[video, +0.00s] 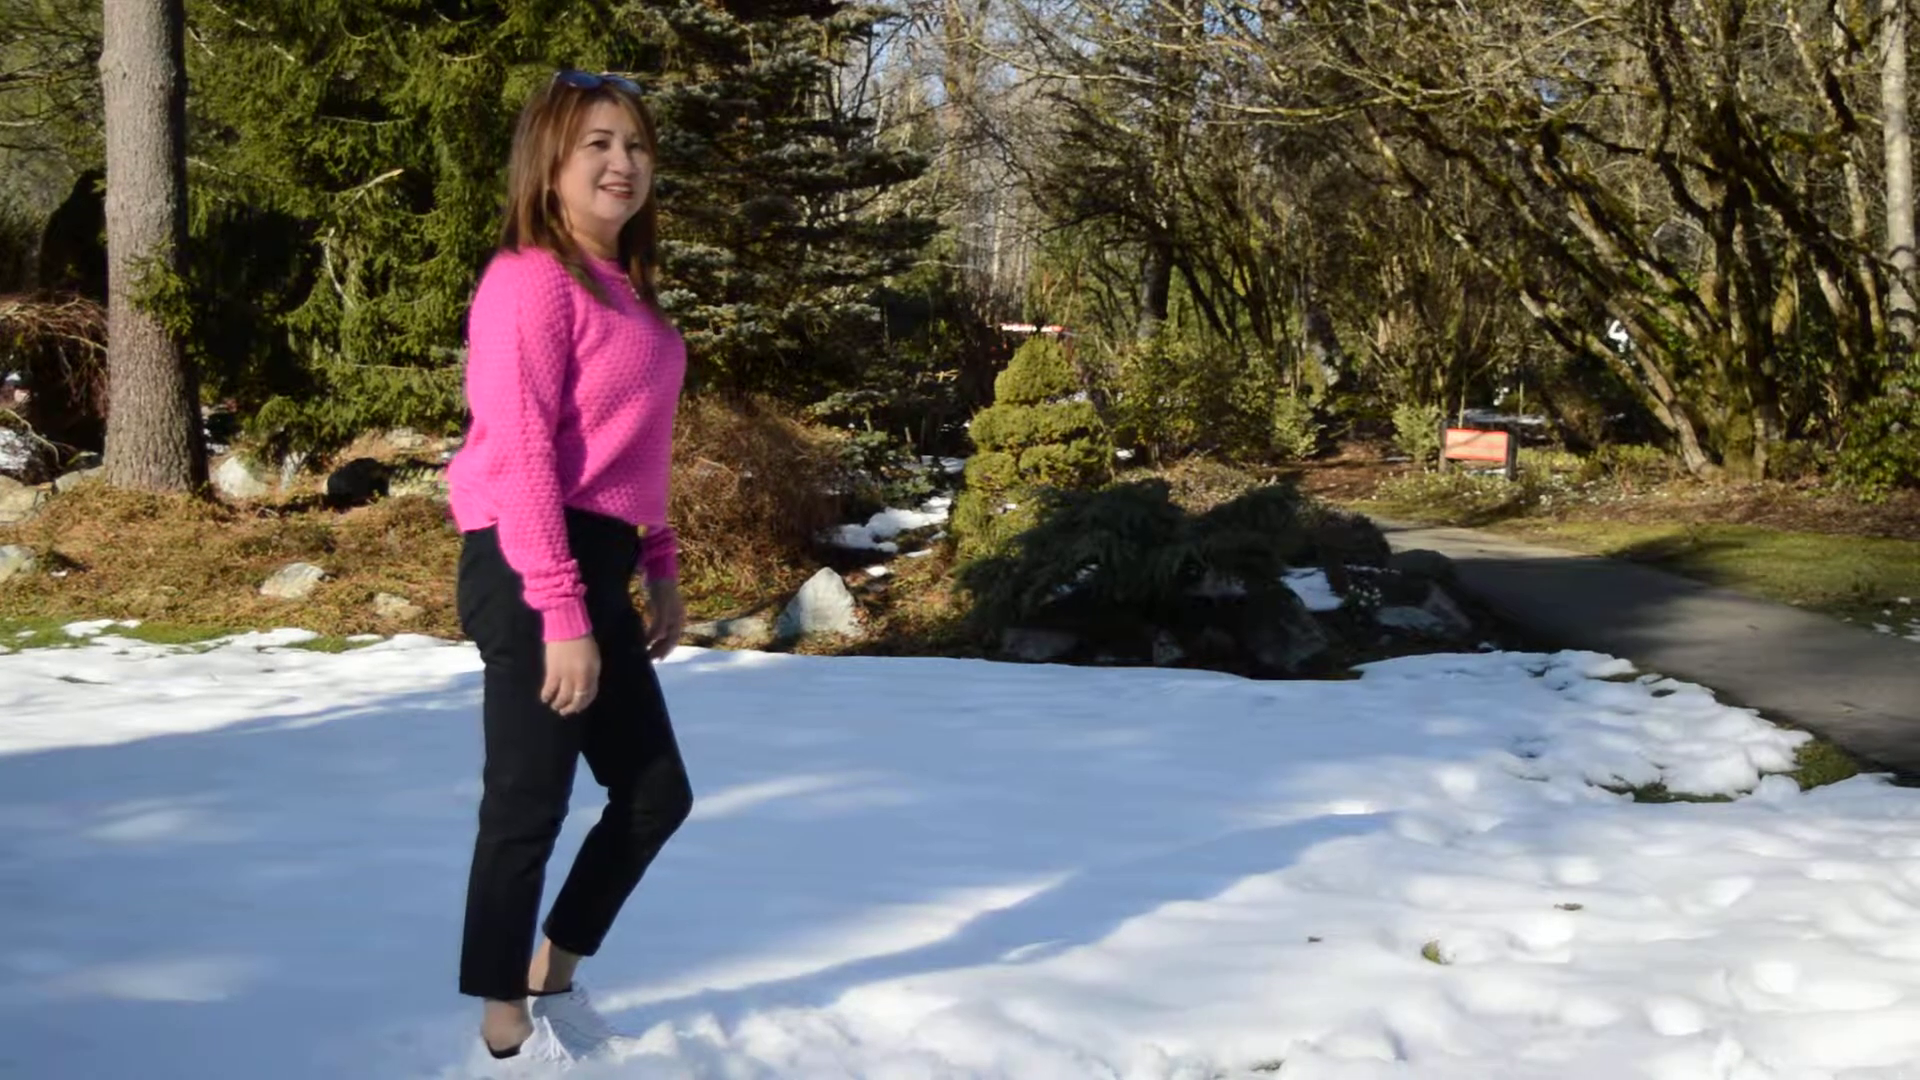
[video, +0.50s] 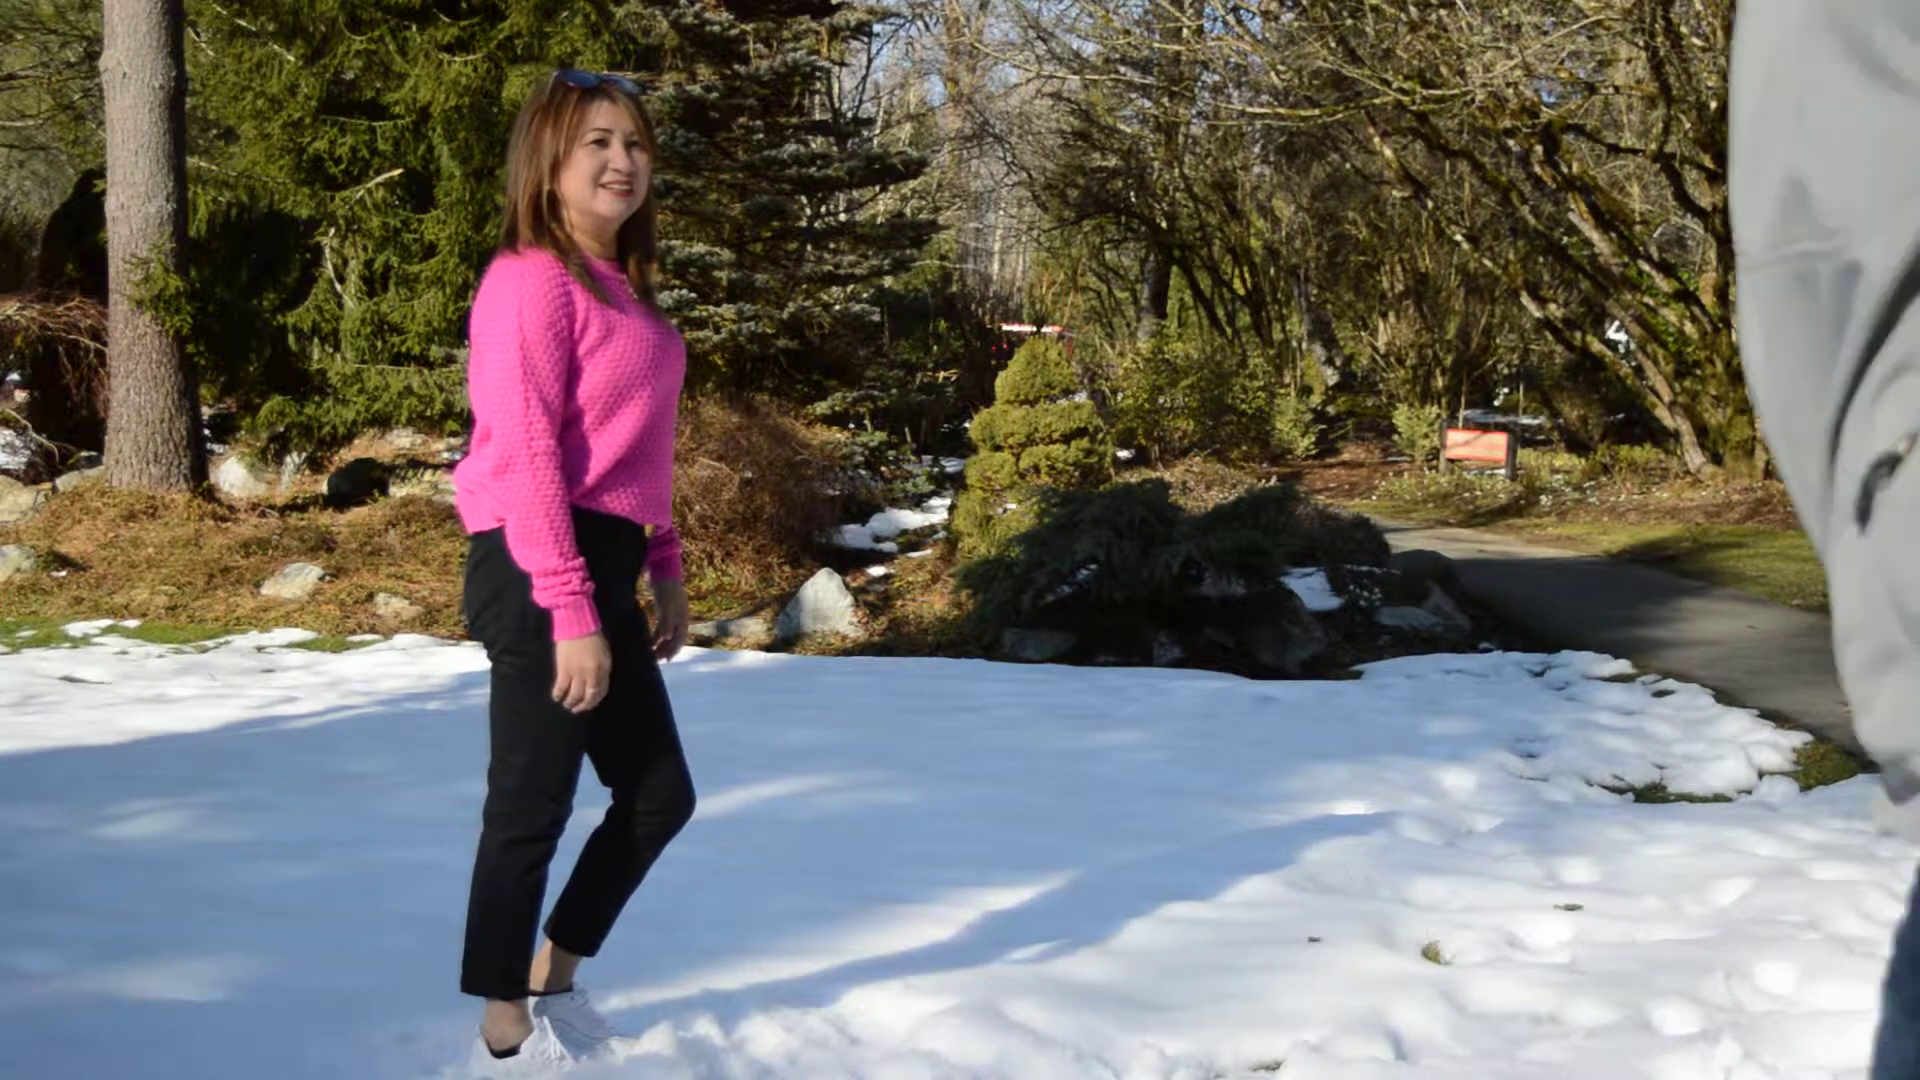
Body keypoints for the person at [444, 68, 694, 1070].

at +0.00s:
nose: (623, 163)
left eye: (636, 146)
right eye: (599, 143)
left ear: (650, 170)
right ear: (550, 162)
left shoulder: (620, 291)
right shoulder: (526, 280)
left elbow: (629, 449)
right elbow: (521, 454)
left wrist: (659, 569)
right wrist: (562, 611)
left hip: (595, 558)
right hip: (524, 553)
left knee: (656, 794)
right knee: (526, 801)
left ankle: (549, 977)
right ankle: (501, 1039)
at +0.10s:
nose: (623, 163)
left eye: (636, 146)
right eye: (599, 143)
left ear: (650, 169)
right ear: (550, 162)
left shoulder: (620, 291)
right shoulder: (526, 279)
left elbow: (633, 448)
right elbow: (523, 454)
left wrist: (660, 569)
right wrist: (565, 612)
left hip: (599, 558)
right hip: (527, 553)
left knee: (658, 794)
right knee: (527, 800)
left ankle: (549, 977)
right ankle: (501, 1036)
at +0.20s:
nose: (623, 162)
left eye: (636, 145)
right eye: (598, 144)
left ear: (650, 169)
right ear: (550, 164)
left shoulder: (623, 292)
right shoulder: (526, 280)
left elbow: (635, 449)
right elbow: (525, 455)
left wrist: (663, 569)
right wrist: (569, 614)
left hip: (600, 558)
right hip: (529, 553)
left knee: (658, 793)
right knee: (527, 802)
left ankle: (550, 979)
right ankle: (501, 1037)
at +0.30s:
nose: (622, 162)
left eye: (635, 145)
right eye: (598, 144)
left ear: (650, 168)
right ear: (549, 163)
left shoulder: (622, 292)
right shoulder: (527, 281)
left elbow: (637, 448)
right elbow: (526, 456)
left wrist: (664, 571)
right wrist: (571, 613)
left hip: (602, 558)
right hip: (531, 554)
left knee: (659, 794)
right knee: (528, 803)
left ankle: (550, 981)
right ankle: (501, 1037)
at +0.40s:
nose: (623, 162)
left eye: (635, 145)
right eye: (598, 144)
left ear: (649, 168)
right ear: (549, 163)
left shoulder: (620, 291)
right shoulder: (527, 280)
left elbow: (637, 448)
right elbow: (526, 455)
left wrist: (664, 572)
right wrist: (571, 612)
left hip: (604, 558)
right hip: (533, 554)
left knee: (659, 794)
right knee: (528, 803)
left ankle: (550, 978)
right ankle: (501, 1038)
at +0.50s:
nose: (623, 161)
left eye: (636, 144)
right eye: (599, 143)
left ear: (649, 168)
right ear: (548, 162)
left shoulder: (620, 290)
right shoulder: (527, 280)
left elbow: (638, 448)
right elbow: (525, 455)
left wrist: (664, 573)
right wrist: (571, 612)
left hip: (604, 558)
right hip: (534, 554)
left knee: (660, 794)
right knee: (528, 804)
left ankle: (550, 981)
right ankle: (501, 1038)